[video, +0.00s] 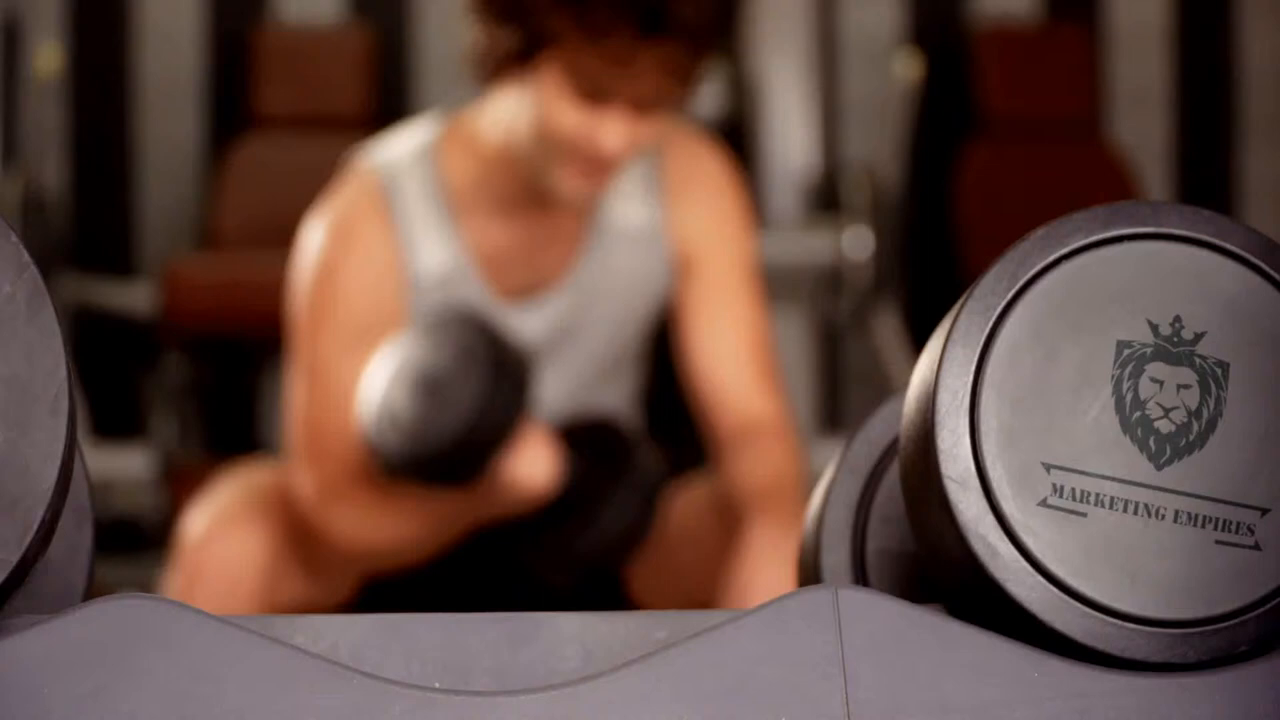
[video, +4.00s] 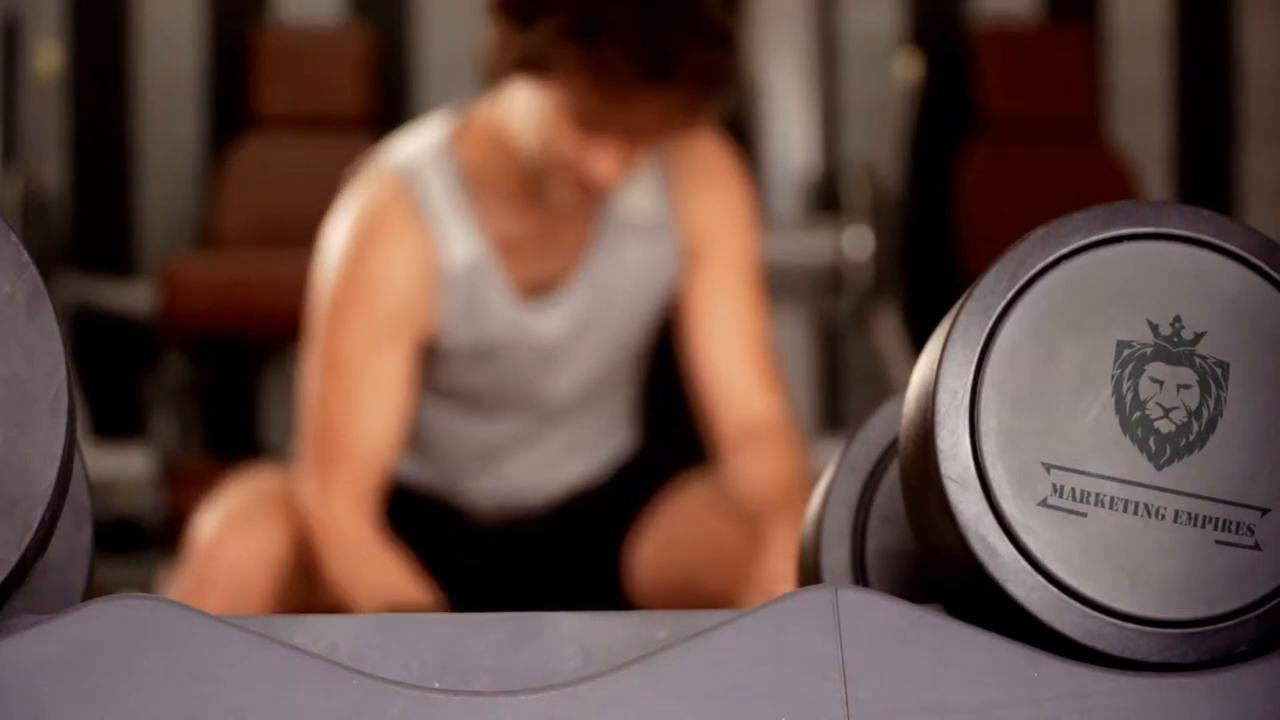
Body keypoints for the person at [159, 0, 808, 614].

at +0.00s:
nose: (615, 139)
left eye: (650, 108)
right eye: (592, 95)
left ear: (681, 99)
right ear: (518, 52)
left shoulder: (687, 176)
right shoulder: (366, 217)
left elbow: (754, 431)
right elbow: (341, 515)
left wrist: (769, 555)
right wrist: (493, 493)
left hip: (589, 530)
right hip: (397, 537)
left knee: (777, 531)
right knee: (230, 531)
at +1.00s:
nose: (632, 219)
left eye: (662, 190)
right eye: (610, 182)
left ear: (694, 160)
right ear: (548, 117)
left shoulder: (701, 185)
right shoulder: (408, 249)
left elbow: (753, 436)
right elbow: (336, 565)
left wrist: (765, 566)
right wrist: (345, 719)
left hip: (601, 524)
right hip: (416, 534)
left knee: (770, 533)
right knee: (229, 528)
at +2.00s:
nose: (588, 201)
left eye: (615, 174)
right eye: (573, 164)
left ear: (652, 137)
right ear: (509, 98)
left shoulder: (671, 173)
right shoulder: (328, 212)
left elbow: (747, 423)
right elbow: (340, 499)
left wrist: (790, 586)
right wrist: (489, 465)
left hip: (600, 522)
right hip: (400, 527)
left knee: (778, 540)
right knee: (235, 532)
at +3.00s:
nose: (618, 200)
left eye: (652, 171)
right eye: (599, 158)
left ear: (690, 139)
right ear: (539, 94)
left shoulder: (704, 179)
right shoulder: (397, 227)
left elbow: (758, 432)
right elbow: (350, 544)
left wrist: (813, 565)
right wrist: (398, 711)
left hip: (602, 522)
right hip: (417, 531)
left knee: (799, 541)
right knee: (244, 534)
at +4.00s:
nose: (611, 168)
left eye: (645, 137)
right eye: (591, 127)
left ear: (676, 110)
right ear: (524, 67)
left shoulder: (696, 170)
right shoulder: (393, 210)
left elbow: (753, 428)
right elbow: (337, 510)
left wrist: (790, 570)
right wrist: (457, 668)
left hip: (601, 521)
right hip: (418, 529)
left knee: (792, 540)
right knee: (241, 526)